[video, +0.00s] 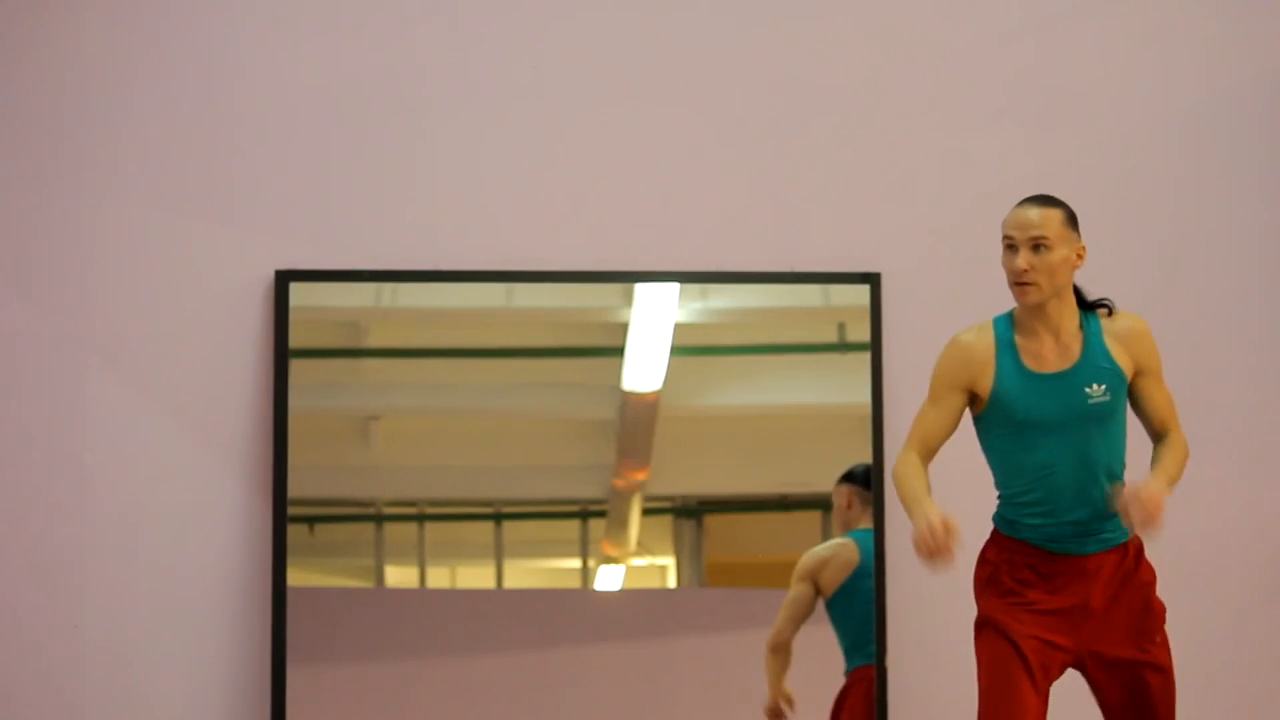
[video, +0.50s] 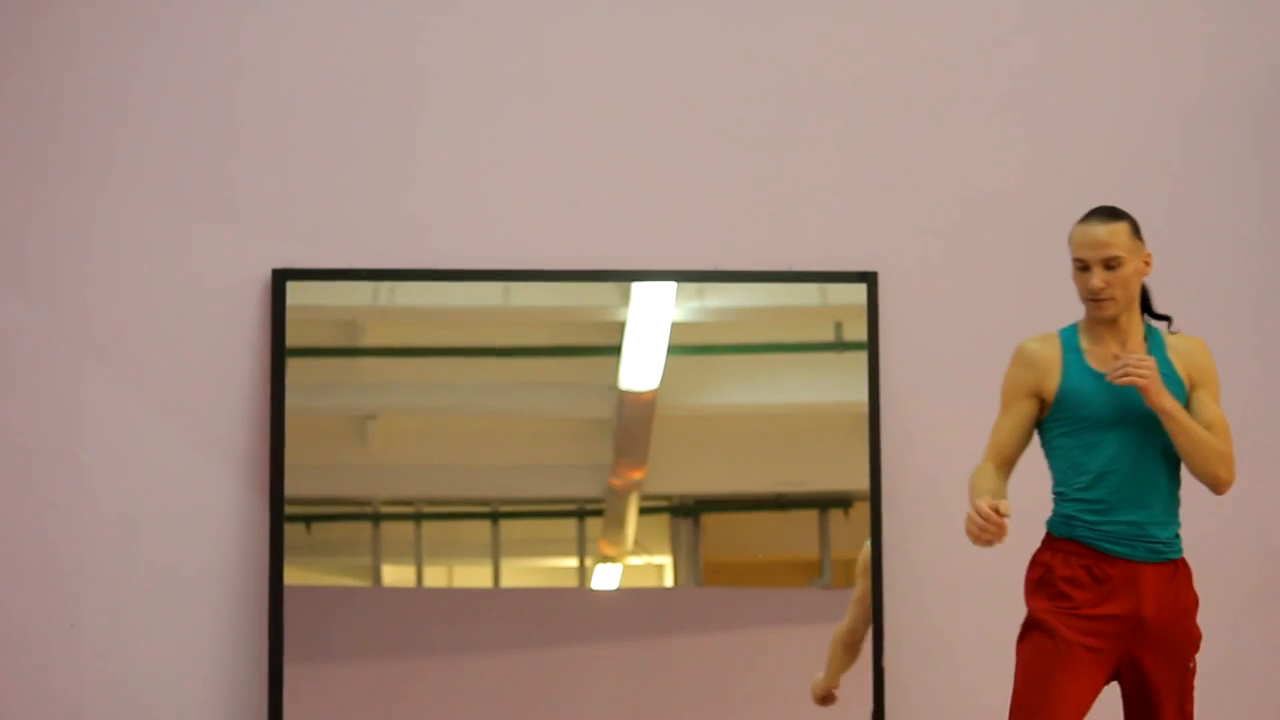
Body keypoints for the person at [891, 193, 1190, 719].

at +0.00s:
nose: (1020, 263)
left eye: (1038, 247)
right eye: (1010, 248)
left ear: (1077, 255)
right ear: (1000, 256)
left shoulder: (1125, 338)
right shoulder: (972, 352)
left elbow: (1170, 437)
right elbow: (910, 458)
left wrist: (1155, 486)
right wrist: (923, 512)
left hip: (1116, 582)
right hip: (1021, 584)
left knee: (1152, 712)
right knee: (1006, 713)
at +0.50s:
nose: (1096, 282)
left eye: (1111, 265)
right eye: (1083, 268)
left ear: (1144, 264)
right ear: (1072, 272)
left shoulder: (1186, 354)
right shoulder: (1039, 357)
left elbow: (1220, 474)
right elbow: (995, 462)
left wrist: (1162, 401)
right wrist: (986, 505)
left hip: (1161, 590)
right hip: (1072, 586)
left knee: (1168, 714)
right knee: (1036, 712)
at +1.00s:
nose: (1112, 266)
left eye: (1130, 251)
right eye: (1101, 253)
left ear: (1163, 262)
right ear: (1090, 263)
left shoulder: (1199, 356)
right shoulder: (1058, 349)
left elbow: (1235, 474)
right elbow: (1001, 450)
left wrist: (1186, 404)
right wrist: (994, 491)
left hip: (1169, 583)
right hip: (1083, 578)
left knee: (1175, 712)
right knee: (1048, 712)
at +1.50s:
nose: (1113, 265)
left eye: (1130, 250)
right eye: (1101, 253)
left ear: (1165, 260)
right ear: (1092, 264)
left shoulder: (1201, 356)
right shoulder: (1063, 348)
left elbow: (1242, 472)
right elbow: (1001, 448)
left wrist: (1189, 407)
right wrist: (999, 492)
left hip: (1167, 584)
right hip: (1082, 578)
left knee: (1173, 712)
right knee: (1050, 712)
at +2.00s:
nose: (1008, 276)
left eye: (1026, 262)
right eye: (1000, 264)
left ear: (1067, 273)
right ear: (993, 275)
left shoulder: (1093, 362)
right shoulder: (969, 364)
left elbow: (1031, 409)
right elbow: (864, 433)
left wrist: (917, 357)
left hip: (1055, 606)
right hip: (956, 611)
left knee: (1154, 715)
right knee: (928, 712)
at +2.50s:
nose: (736, 440)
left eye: (744, 420)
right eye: (736, 424)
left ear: (789, 415)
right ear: (793, 416)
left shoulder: (844, 487)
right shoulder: (849, 479)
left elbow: (832, 628)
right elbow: (836, 628)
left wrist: (796, 700)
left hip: (993, 647)